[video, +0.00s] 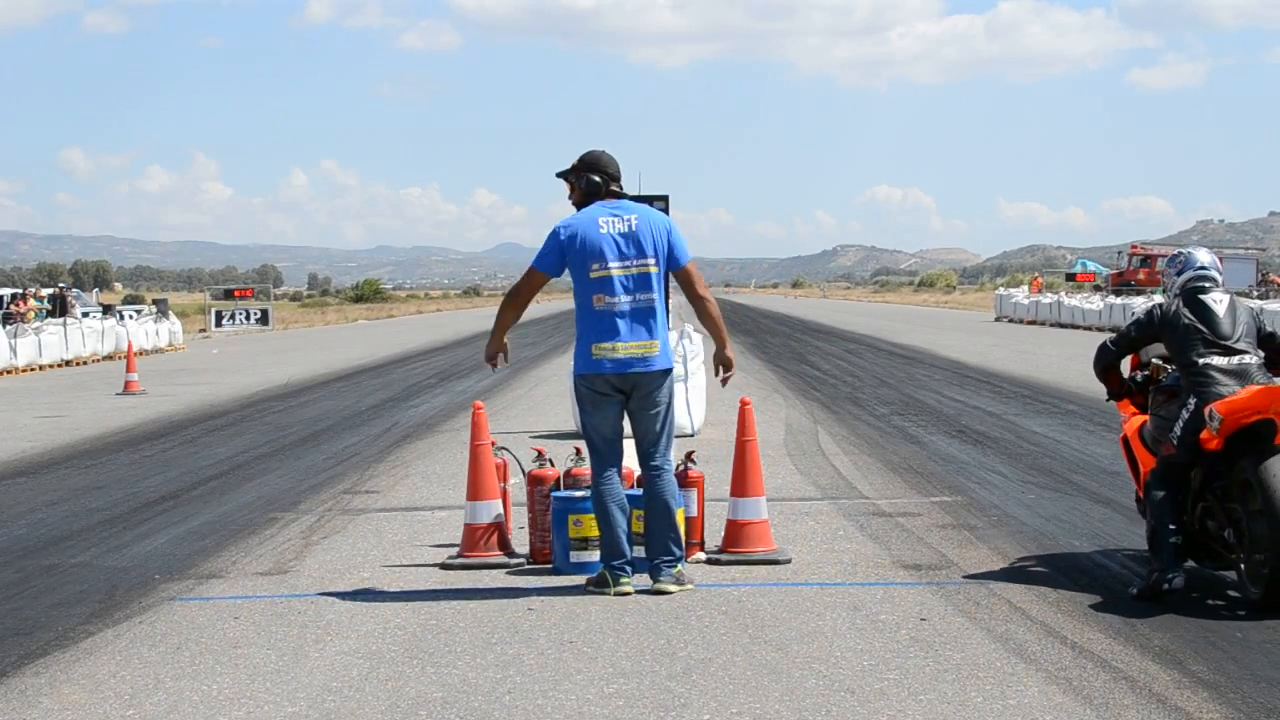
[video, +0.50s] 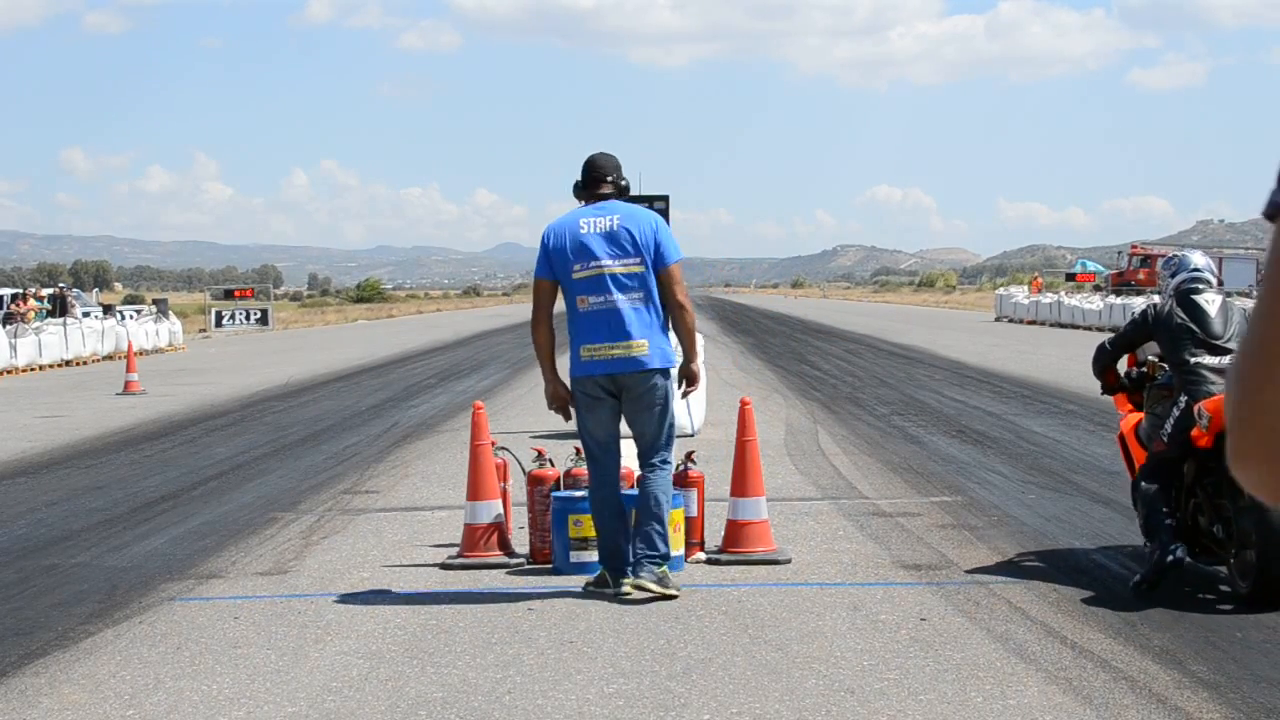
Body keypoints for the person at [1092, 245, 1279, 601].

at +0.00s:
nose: (1167, 282)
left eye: (1169, 275)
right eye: (1169, 275)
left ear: (1176, 275)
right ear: (1217, 274)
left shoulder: (1166, 310)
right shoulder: (1247, 308)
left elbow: (1105, 355)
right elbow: (1275, 344)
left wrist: (1119, 389)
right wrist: (1267, 369)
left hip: (1209, 401)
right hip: (1261, 392)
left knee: (1162, 480)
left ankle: (1165, 570)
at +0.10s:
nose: (1164, 283)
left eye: (1165, 277)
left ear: (1172, 276)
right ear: (1214, 275)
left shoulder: (1163, 311)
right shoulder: (1244, 309)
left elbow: (1101, 356)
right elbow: (1275, 346)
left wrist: (1116, 387)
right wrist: (1264, 370)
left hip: (1206, 401)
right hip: (1258, 392)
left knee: (1162, 477)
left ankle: (1164, 568)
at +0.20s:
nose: (1163, 284)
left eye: (1164, 278)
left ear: (1170, 278)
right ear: (1213, 276)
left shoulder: (1161, 311)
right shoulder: (1241, 308)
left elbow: (1099, 356)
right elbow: (1275, 345)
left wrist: (1112, 384)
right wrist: (1263, 369)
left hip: (1203, 397)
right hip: (1255, 390)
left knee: (1160, 476)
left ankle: (1164, 564)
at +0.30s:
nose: (1162, 284)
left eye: (1163, 278)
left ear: (1168, 278)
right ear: (1212, 276)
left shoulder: (1159, 312)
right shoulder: (1241, 309)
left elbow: (1100, 354)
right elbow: (1274, 346)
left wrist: (1108, 380)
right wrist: (1262, 374)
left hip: (1200, 399)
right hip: (1253, 391)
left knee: (1158, 476)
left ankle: (1163, 560)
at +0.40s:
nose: (1163, 283)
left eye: (1164, 277)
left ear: (1169, 278)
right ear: (1213, 276)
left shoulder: (1158, 312)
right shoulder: (1238, 310)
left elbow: (1101, 354)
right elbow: (1271, 344)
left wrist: (1109, 380)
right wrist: (1253, 370)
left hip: (1199, 399)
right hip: (1251, 391)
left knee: (1158, 477)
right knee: (1267, 464)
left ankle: (1164, 559)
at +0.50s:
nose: (1162, 286)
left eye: (1164, 280)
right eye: (1163, 280)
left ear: (1172, 279)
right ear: (1212, 276)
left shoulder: (1162, 311)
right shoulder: (1241, 311)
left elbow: (1107, 351)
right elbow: (1250, 350)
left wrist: (1111, 380)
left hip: (1199, 402)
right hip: (1244, 400)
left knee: (1149, 478)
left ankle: (1165, 546)